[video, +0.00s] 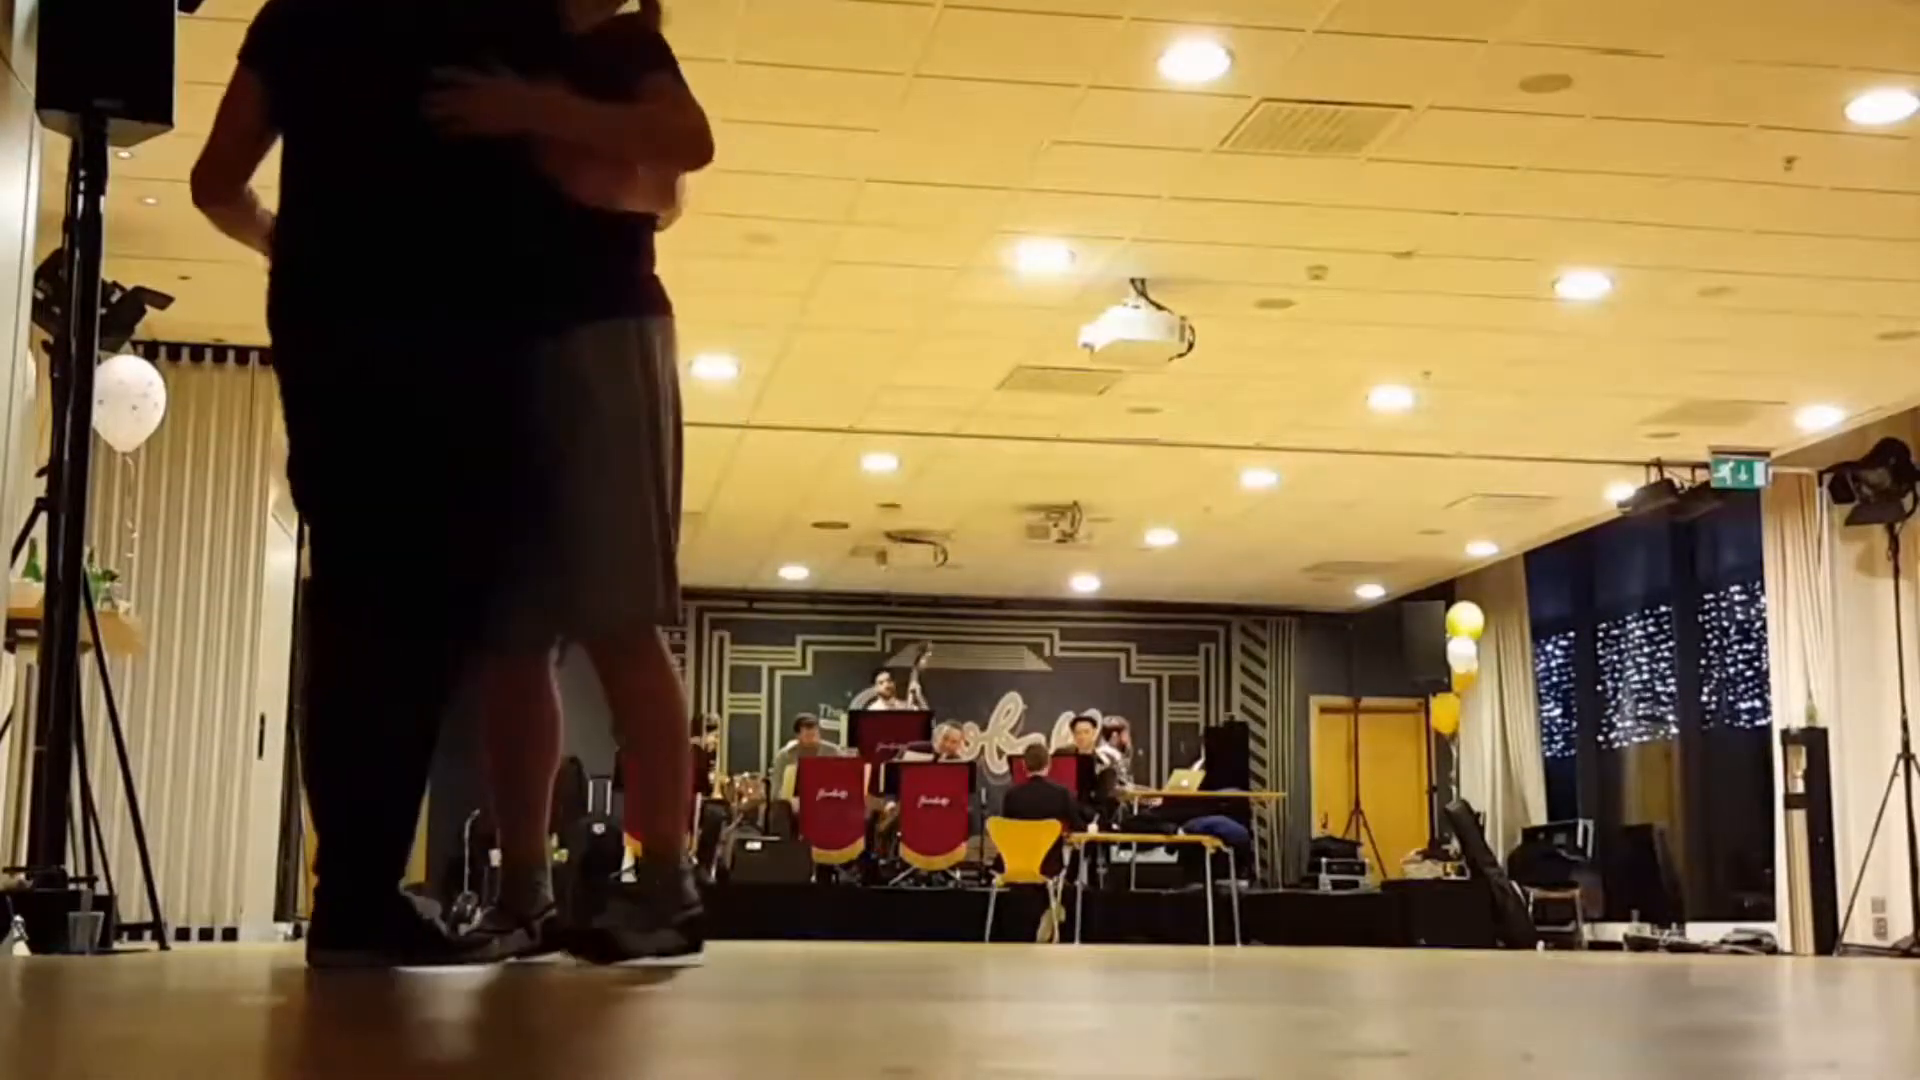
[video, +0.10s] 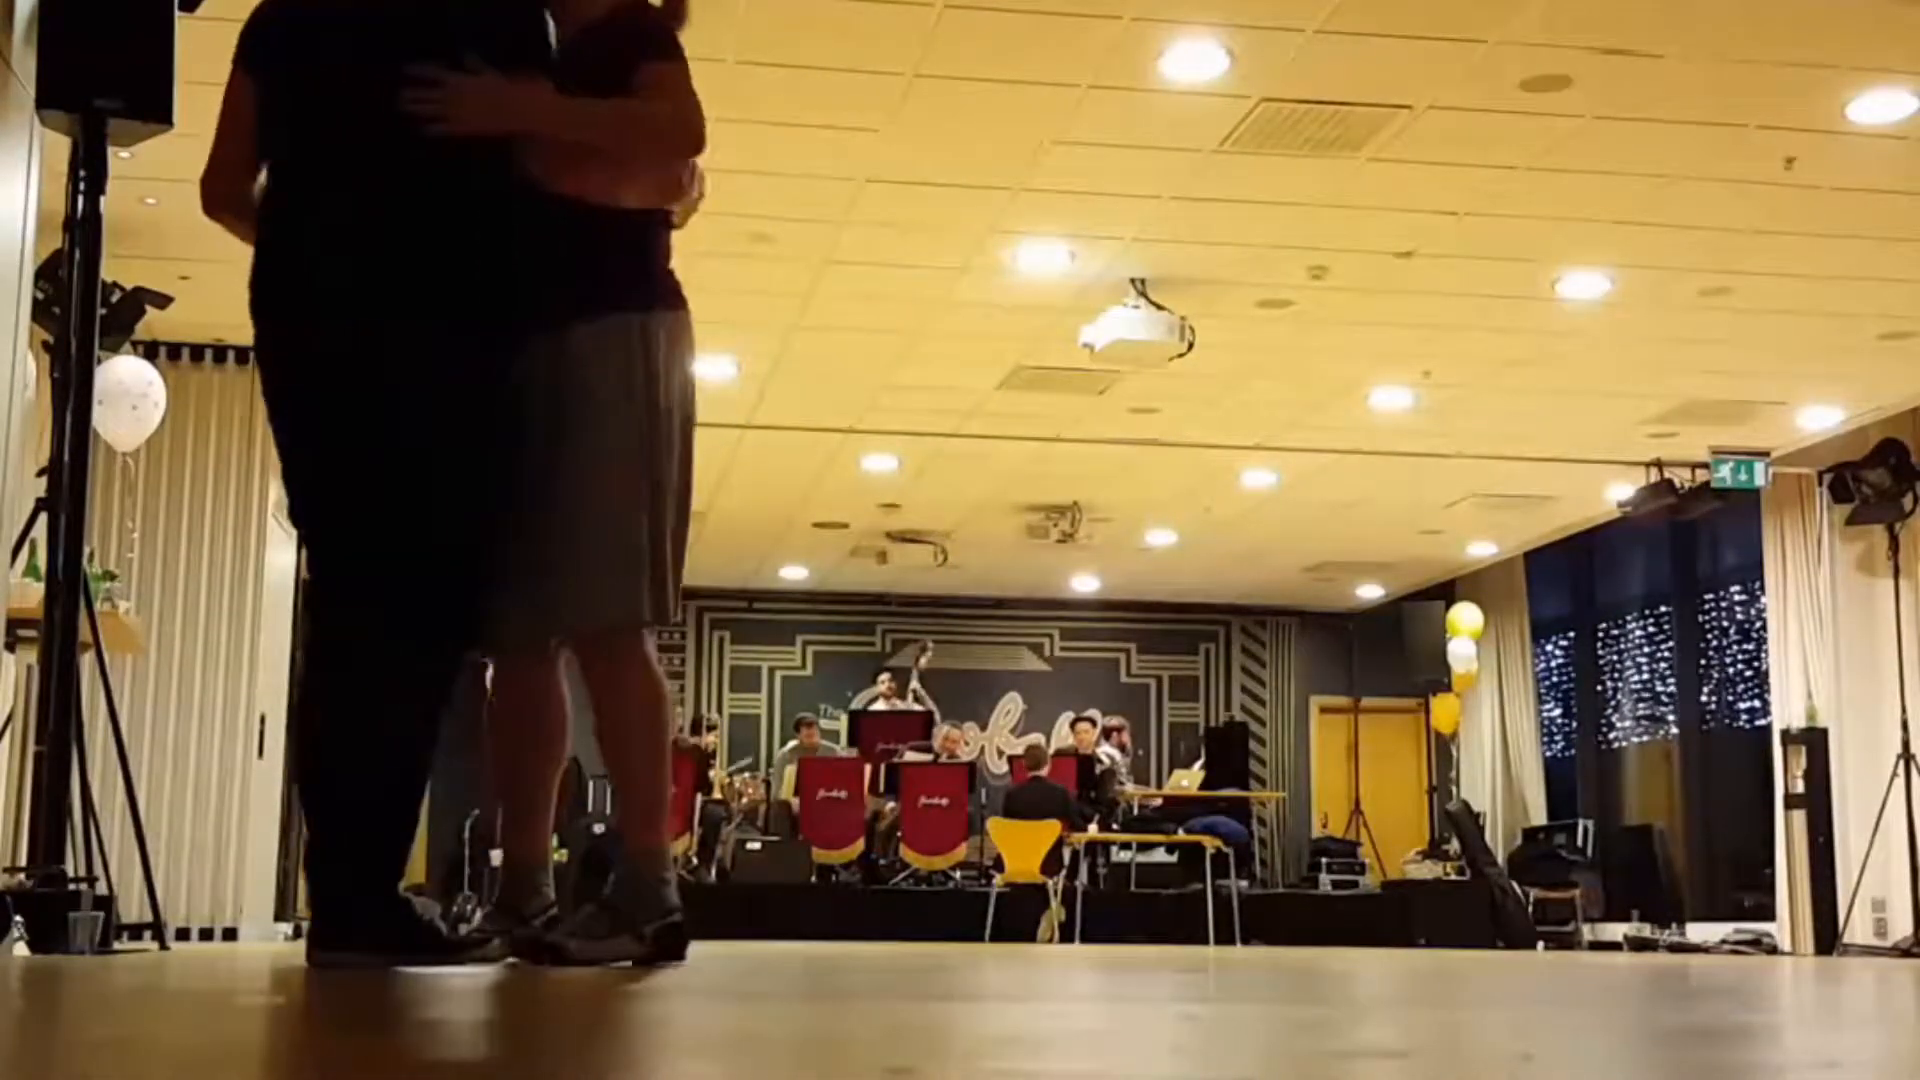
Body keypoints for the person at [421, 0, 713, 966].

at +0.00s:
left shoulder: (612, 33)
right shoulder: (447, 56)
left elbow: (689, 139)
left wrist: (532, 106)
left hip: (599, 338)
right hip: (478, 344)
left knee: (621, 621)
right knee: (509, 633)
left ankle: (664, 888)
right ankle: (524, 896)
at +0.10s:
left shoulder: (626, 22)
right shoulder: (508, 51)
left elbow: (678, 129)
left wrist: (518, 107)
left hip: (611, 334)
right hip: (509, 336)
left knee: (610, 622)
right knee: (518, 630)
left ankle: (647, 896)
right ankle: (523, 896)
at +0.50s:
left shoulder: (655, 3)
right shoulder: (704, 43)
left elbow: (604, 117)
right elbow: (672, 240)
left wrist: (442, 87)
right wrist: (529, 271)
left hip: (658, 316)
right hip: (700, 315)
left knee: (637, 606)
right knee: (689, 615)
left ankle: (653, 889)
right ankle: (791, 856)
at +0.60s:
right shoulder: (719, 37)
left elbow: (600, 110)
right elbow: (715, 227)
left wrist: (437, 85)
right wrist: (547, 282)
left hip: (659, 305)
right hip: (717, 303)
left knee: (580, 604)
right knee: (687, 609)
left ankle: (655, 864)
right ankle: (791, 858)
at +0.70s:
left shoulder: (620, 4)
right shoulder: (727, 38)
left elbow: (575, 113)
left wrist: (429, 83)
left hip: (638, 312)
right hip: (717, 316)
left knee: (579, 609)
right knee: (676, 619)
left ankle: (658, 867)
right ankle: (762, 850)